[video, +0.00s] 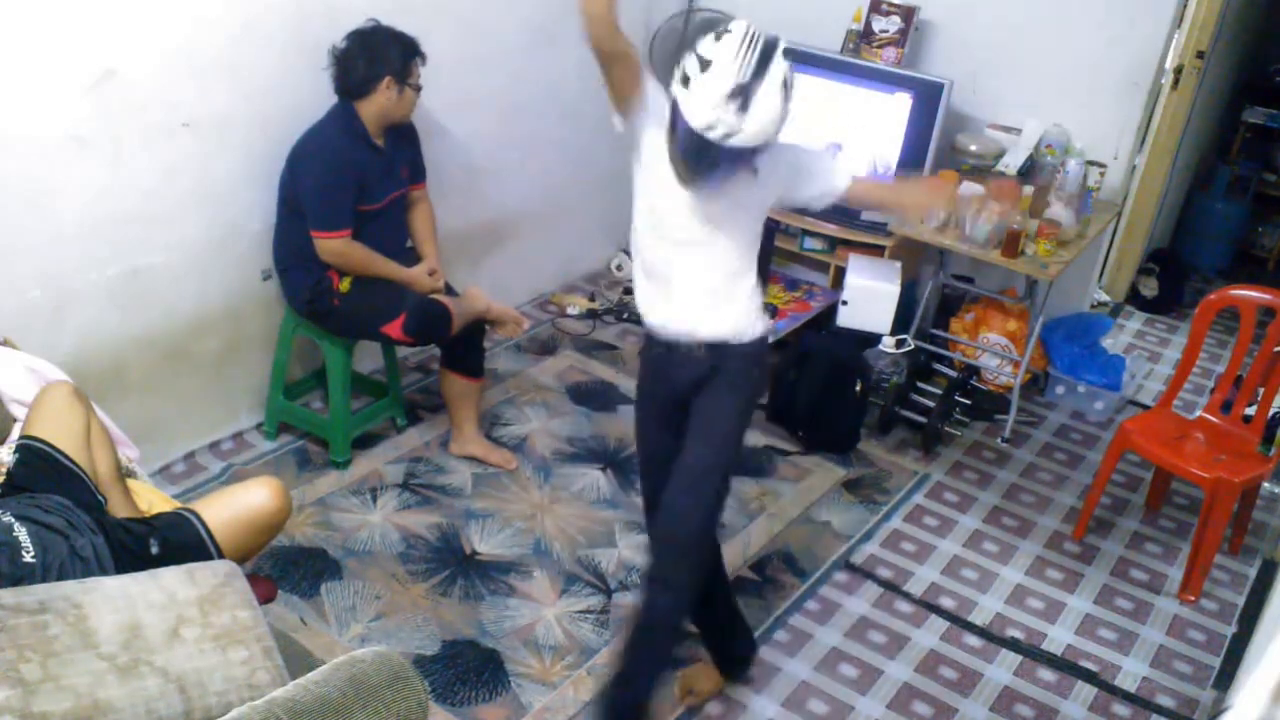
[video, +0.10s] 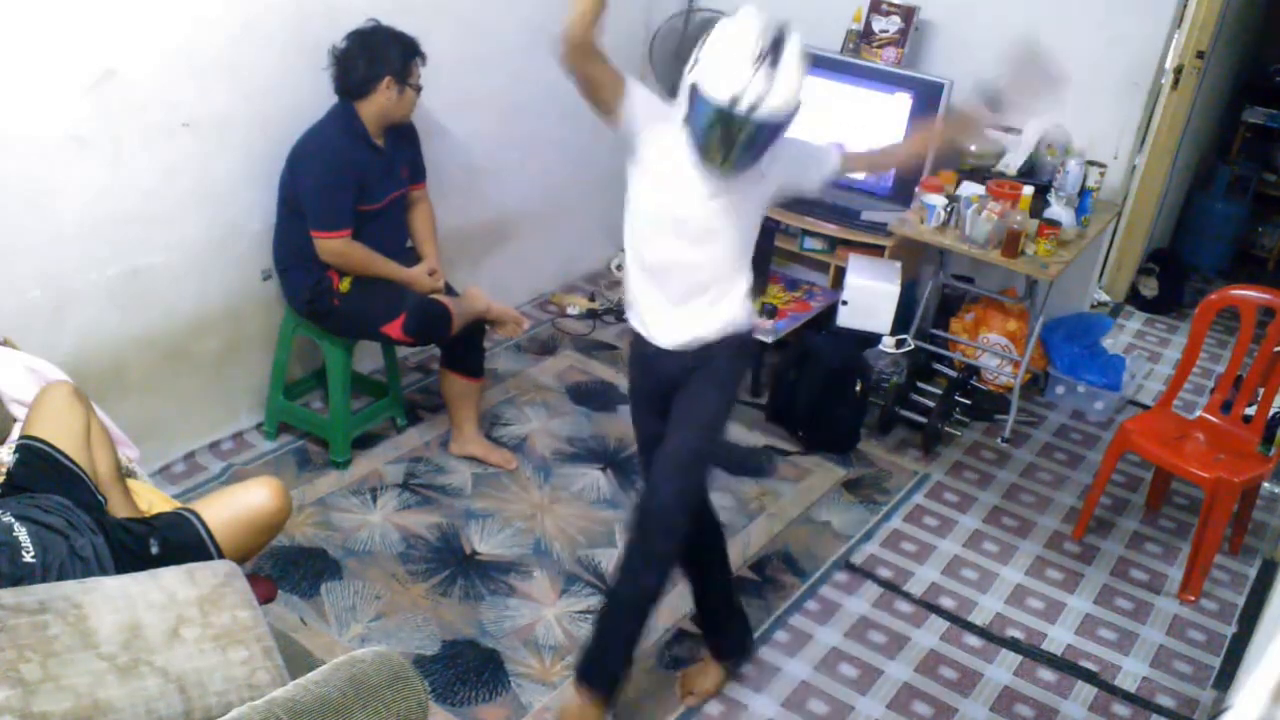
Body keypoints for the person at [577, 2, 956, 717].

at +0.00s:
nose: (710, 159)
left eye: (730, 151)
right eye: (699, 139)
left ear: (757, 133)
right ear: (677, 101)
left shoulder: (776, 164)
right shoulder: (650, 120)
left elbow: (880, 191)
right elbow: (605, 40)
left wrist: (972, 193)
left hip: (732, 359)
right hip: (661, 354)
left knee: (681, 525)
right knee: (671, 519)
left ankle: (620, 705)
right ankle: (734, 650)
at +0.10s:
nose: (729, 146)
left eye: (751, 136)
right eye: (719, 127)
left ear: (775, 122)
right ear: (694, 97)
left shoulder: (777, 158)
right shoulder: (648, 120)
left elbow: (873, 159)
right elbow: (577, 51)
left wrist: (953, 128)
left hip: (716, 351)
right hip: (648, 348)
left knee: (663, 503)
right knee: (680, 503)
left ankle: (592, 687)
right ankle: (728, 645)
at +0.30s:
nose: (731, 88)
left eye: (746, 78)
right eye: (725, 67)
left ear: (757, 77)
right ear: (696, 48)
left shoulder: (743, 108)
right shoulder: (627, 75)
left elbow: (788, 113)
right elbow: (572, 7)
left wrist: (841, 119)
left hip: (675, 308)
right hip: (607, 297)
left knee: (613, 444)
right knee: (634, 435)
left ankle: (578, 570)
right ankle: (678, 549)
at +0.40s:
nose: (686, 124)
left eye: (702, 116)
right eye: (675, 102)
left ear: (721, 112)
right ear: (652, 83)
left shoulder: (717, 153)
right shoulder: (609, 127)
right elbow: (605, 49)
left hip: (649, 349)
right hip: (581, 330)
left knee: (594, 460)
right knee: (576, 427)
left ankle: (554, 559)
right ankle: (615, 474)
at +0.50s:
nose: (661, 142)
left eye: (680, 130)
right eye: (652, 124)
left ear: (705, 122)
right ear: (627, 105)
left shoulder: (715, 159)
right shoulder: (594, 140)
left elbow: (710, 240)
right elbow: (565, 101)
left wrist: (711, 309)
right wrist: (626, 18)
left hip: (648, 345)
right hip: (580, 323)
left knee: (589, 468)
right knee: (543, 404)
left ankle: (552, 560)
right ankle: (553, 450)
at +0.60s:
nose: (644, 94)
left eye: (657, 85)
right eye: (634, 81)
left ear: (688, 66)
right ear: (620, 57)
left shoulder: (730, 118)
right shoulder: (597, 77)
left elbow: (733, 225)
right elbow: (551, 151)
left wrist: (722, 323)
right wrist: (548, 205)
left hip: (664, 299)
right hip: (591, 269)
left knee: (608, 437)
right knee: (524, 376)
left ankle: (563, 557)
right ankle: (484, 455)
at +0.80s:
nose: (636, 88)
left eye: (649, 70)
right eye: (622, 75)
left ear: (687, 48)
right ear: (608, 62)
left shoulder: (738, 105)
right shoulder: (619, 104)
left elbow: (777, 54)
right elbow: (577, 207)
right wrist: (507, 283)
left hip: (665, 313)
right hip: (591, 285)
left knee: (629, 445)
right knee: (508, 415)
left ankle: (586, 540)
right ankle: (434, 531)